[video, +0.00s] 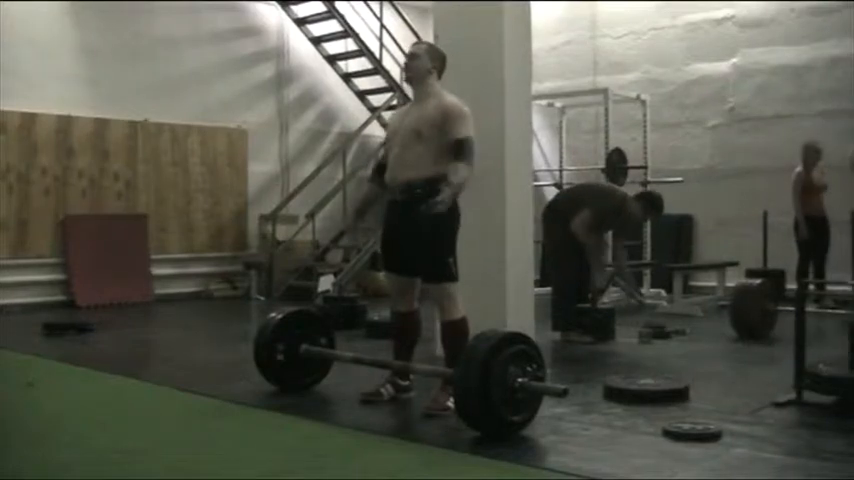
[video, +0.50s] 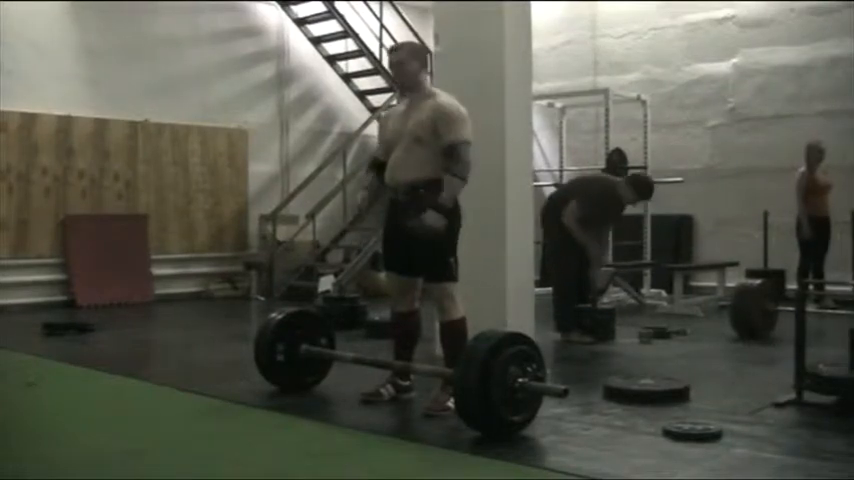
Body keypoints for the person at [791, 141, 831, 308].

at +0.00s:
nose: (814, 161)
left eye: (816, 157)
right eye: (811, 157)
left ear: (819, 158)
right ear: (805, 157)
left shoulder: (818, 174)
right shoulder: (799, 175)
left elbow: (821, 190)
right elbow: (796, 202)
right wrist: (801, 224)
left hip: (819, 219)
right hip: (805, 220)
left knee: (820, 258)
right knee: (804, 257)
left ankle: (820, 293)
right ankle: (802, 292)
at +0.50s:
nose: (818, 159)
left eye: (820, 156)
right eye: (815, 155)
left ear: (822, 157)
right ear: (809, 156)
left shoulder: (820, 175)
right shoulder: (803, 175)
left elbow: (821, 199)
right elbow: (800, 202)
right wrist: (804, 224)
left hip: (822, 220)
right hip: (808, 220)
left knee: (819, 259)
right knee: (806, 258)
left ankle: (820, 294)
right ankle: (802, 293)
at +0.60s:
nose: (819, 159)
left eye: (820, 156)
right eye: (816, 155)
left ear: (822, 158)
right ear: (809, 156)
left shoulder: (820, 175)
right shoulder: (803, 176)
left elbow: (820, 195)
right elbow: (801, 203)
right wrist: (804, 224)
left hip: (822, 220)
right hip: (808, 220)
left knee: (819, 259)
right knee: (806, 258)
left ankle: (819, 294)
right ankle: (802, 293)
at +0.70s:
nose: (816, 159)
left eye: (819, 156)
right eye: (813, 155)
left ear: (822, 157)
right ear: (807, 156)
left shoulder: (822, 175)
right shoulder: (804, 176)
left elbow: (823, 200)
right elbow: (802, 202)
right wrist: (805, 224)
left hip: (822, 220)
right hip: (808, 220)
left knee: (818, 259)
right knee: (806, 259)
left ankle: (820, 294)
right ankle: (802, 293)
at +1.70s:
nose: (823, 158)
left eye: (825, 155)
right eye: (820, 155)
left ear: (828, 157)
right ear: (813, 155)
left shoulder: (823, 175)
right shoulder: (809, 175)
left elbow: (824, 200)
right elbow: (805, 202)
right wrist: (808, 224)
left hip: (824, 220)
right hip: (811, 220)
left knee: (819, 260)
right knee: (808, 259)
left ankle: (820, 294)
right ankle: (803, 293)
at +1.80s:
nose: (824, 159)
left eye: (826, 155)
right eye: (821, 155)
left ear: (828, 157)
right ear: (814, 155)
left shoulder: (824, 175)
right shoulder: (810, 175)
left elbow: (825, 199)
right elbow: (806, 202)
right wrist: (809, 224)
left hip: (825, 220)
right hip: (812, 220)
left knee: (820, 259)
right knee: (809, 258)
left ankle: (821, 294)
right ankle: (803, 293)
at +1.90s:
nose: (824, 159)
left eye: (826, 155)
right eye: (821, 155)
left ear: (828, 157)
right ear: (814, 155)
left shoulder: (824, 175)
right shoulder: (810, 175)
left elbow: (825, 200)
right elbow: (806, 202)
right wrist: (809, 224)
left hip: (825, 220)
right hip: (812, 220)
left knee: (820, 260)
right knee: (809, 259)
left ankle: (820, 294)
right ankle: (803, 293)